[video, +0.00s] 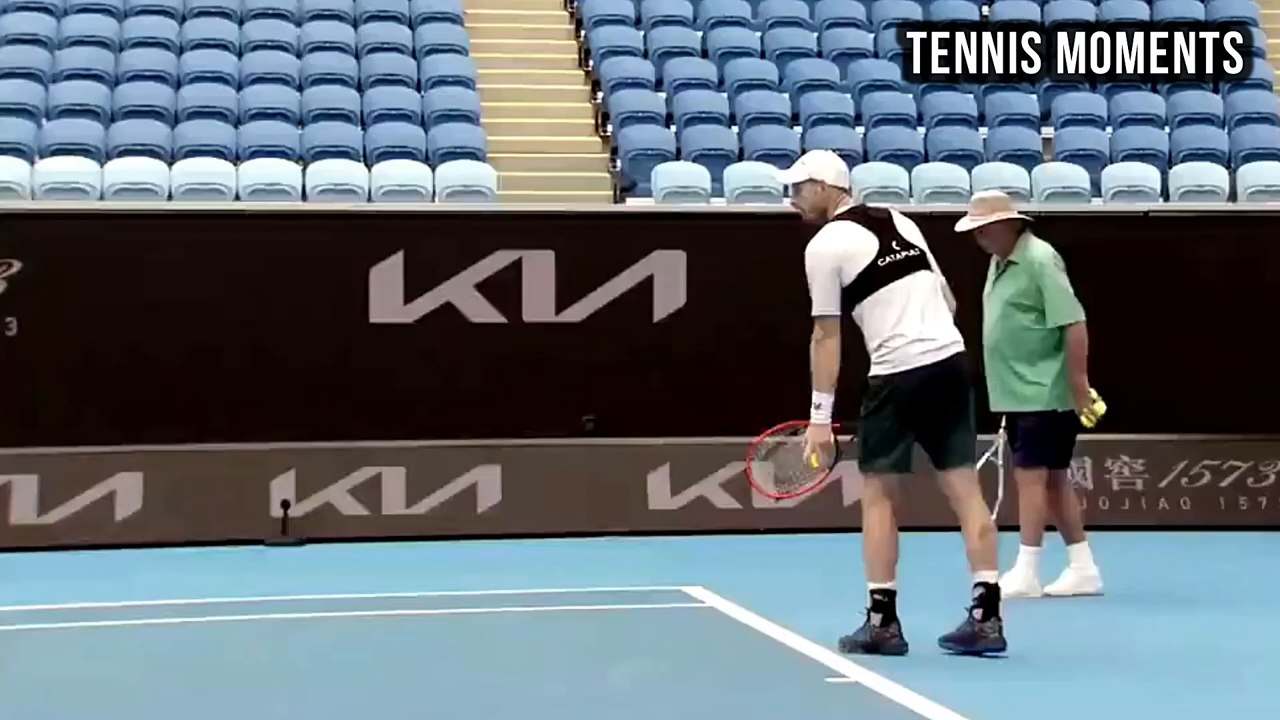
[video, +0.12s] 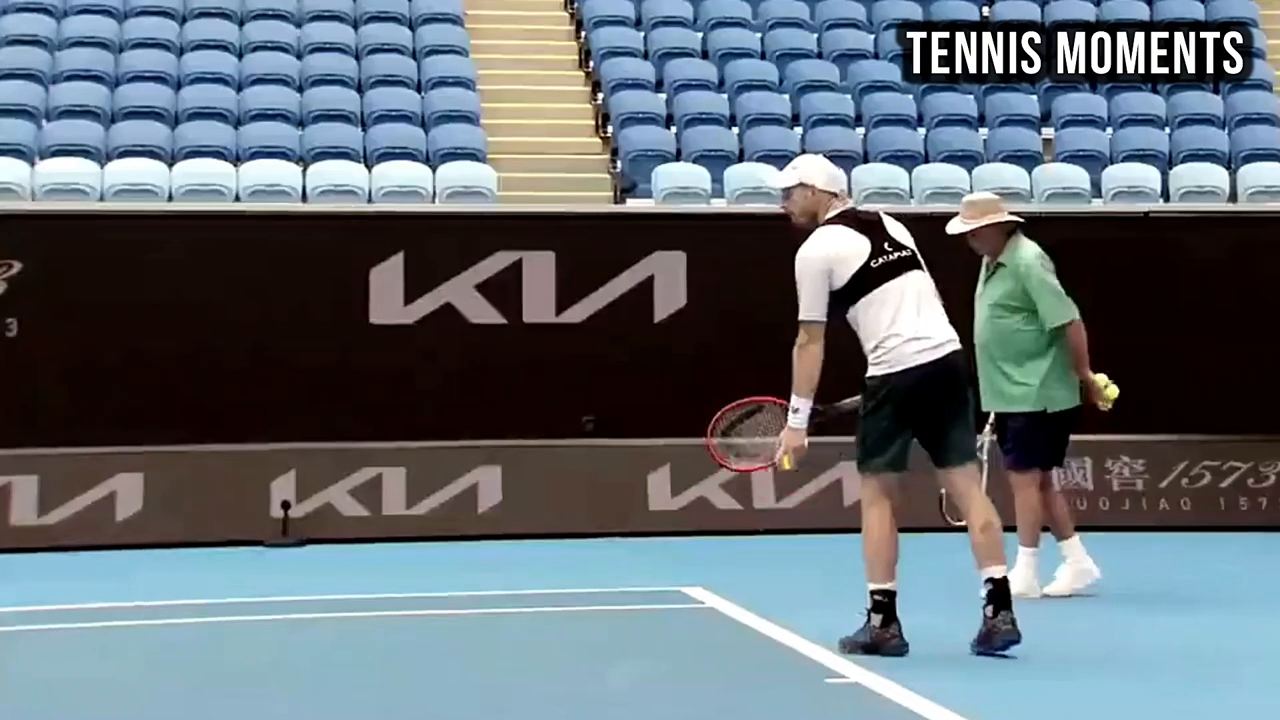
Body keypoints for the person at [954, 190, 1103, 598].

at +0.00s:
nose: (979, 239)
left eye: (984, 230)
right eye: (976, 232)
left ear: (1007, 225)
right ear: (986, 231)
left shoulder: (1041, 258)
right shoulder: (999, 263)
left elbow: (1074, 324)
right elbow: (1005, 336)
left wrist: (1078, 384)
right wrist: (1005, 401)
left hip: (1045, 393)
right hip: (1019, 393)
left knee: (1028, 476)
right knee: (1054, 480)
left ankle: (1026, 573)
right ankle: (1084, 567)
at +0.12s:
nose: (970, 241)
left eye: (974, 233)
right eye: (968, 235)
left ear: (998, 228)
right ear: (984, 232)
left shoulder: (1028, 261)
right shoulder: (995, 261)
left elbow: (1070, 322)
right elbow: (1007, 332)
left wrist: (1084, 375)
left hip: (1038, 394)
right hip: (1013, 393)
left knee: (1022, 477)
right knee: (1040, 480)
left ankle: (1025, 574)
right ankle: (1078, 561)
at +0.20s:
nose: (966, 243)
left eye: (970, 236)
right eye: (963, 237)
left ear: (993, 230)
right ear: (981, 233)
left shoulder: (1022, 262)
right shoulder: (993, 260)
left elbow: (1066, 322)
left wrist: (1083, 367)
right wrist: (1079, 363)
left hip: (1032, 395)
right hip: (1008, 394)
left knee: (1020, 479)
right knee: (1030, 479)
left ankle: (1024, 573)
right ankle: (1072, 554)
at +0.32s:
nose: (959, 247)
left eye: (963, 239)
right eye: (957, 241)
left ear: (985, 234)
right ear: (977, 236)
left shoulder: (1016, 265)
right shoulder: (988, 262)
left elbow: (1055, 326)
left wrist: (1074, 368)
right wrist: (1072, 362)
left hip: (1026, 396)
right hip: (1006, 394)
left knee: (1015, 480)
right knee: (1027, 477)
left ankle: (1024, 573)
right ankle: (1054, 547)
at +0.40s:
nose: (956, 246)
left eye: (960, 239)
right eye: (954, 240)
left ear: (982, 233)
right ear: (971, 236)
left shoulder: (1012, 265)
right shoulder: (982, 262)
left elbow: (1049, 327)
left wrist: (1068, 374)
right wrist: (1068, 371)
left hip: (1023, 396)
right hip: (999, 394)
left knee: (1018, 481)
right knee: (1004, 478)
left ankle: (1025, 571)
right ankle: (1035, 552)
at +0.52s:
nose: (949, 248)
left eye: (953, 240)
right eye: (947, 241)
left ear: (976, 235)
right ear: (962, 238)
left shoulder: (1006, 267)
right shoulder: (971, 264)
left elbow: (1037, 334)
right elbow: (975, 328)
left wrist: (1050, 388)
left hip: (1018, 397)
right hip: (982, 396)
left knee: (1020, 483)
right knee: (972, 477)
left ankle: (1031, 571)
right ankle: (992, 561)